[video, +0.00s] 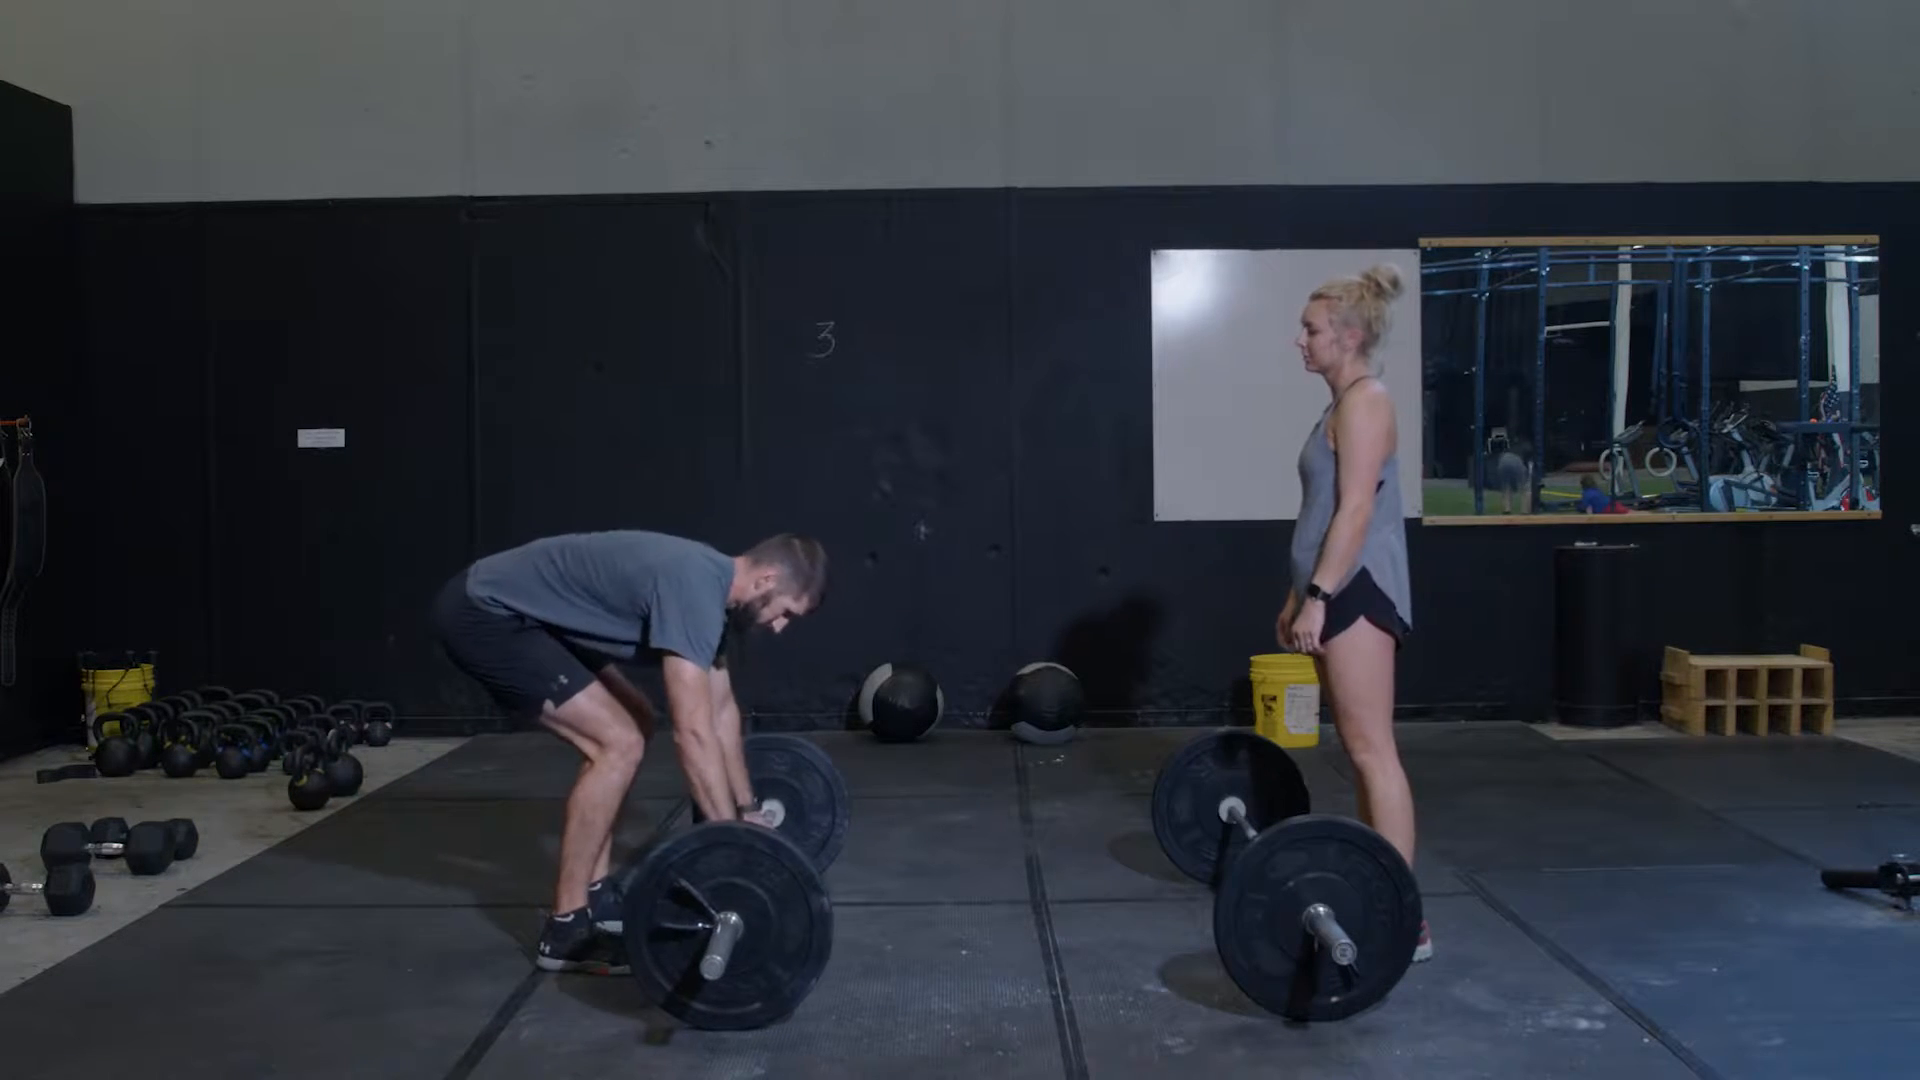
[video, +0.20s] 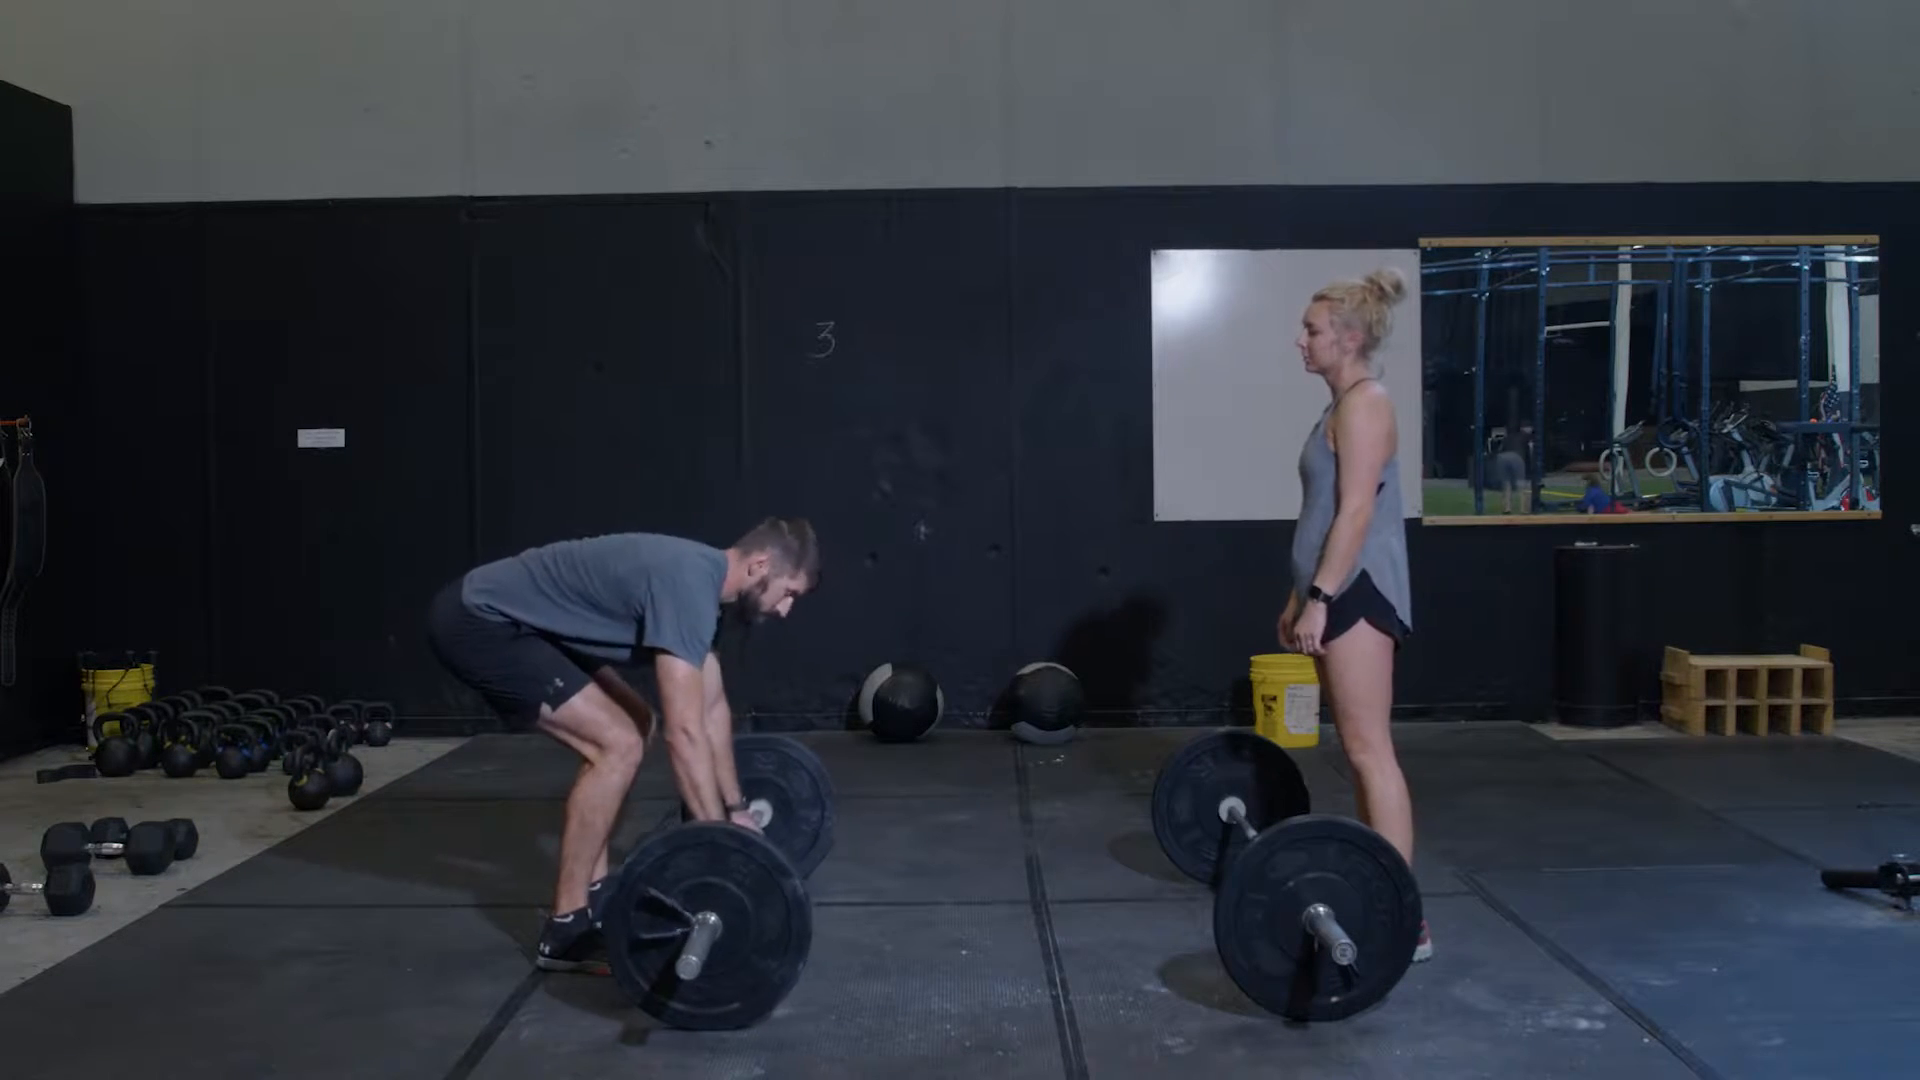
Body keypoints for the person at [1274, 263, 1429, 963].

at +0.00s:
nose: (1301, 341)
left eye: (1312, 330)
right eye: (1303, 329)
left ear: (1351, 337)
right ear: (1342, 339)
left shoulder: (1365, 403)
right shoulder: (1341, 407)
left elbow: (1356, 511)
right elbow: (1326, 515)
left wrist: (1318, 595)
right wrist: (1299, 594)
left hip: (1361, 594)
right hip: (1340, 592)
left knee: (1373, 751)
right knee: (1364, 750)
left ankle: (1399, 911)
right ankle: (1385, 904)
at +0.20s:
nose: (1302, 341)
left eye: (1313, 331)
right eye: (1304, 329)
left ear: (1351, 339)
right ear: (1343, 340)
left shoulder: (1364, 405)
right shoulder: (1342, 408)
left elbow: (1357, 512)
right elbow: (1327, 516)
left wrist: (1320, 597)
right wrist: (1301, 595)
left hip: (1361, 596)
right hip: (1341, 595)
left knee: (1370, 751)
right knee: (1362, 750)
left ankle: (1399, 911)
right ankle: (1383, 904)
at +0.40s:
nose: (1304, 341)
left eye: (1316, 331)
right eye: (1307, 330)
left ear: (1354, 340)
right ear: (1342, 341)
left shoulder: (1366, 407)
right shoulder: (1339, 410)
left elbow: (1362, 517)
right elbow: (1324, 517)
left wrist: (1325, 600)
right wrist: (1300, 593)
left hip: (1363, 596)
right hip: (1341, 595)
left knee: (1366, 748)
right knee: (1360, 747)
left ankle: (1399, 911)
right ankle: (1386, 904)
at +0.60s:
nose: (1306, 338)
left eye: (1319, 329)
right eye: (1309, 327)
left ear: (1356, 339)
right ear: (1342, 340)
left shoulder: (1370, 407)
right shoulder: (1336, 410)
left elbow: (1364, 515)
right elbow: (1321, 516)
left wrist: (1326, 599)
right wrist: (1297, 591)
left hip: (1363, 596)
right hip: (1339, 594)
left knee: (1367, 751)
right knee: (1359, 750)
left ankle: (1400, 911)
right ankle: (1385, 903)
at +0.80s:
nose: (1309, 334)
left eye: (1322, 326)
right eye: (1312, 324)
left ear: (1358, 337)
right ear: (1342, 337)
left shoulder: (1371, 404)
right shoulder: (1339, 407)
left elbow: (1366, 511)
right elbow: (1324, 513)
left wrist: (1327, 597)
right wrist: (1297, 589)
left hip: (1364, 596)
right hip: (1340, 594)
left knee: (1367, 749)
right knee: (1359, 748)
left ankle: (1399, 911)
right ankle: (1385, 903)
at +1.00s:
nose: (1312, 332)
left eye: (1325, 322)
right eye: (1315, 321)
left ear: (1361, 334)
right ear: (1346, 335)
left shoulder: (1372, 401)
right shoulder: (1344, 405)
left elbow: (1366, 508)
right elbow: (1326, 513)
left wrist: (1327, 592)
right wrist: (1300, 590)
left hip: (1366, 594)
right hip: (1343, 592)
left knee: (1371, 751)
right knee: (1362, 750)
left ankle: (1399, 912)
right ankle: (1380, 903)